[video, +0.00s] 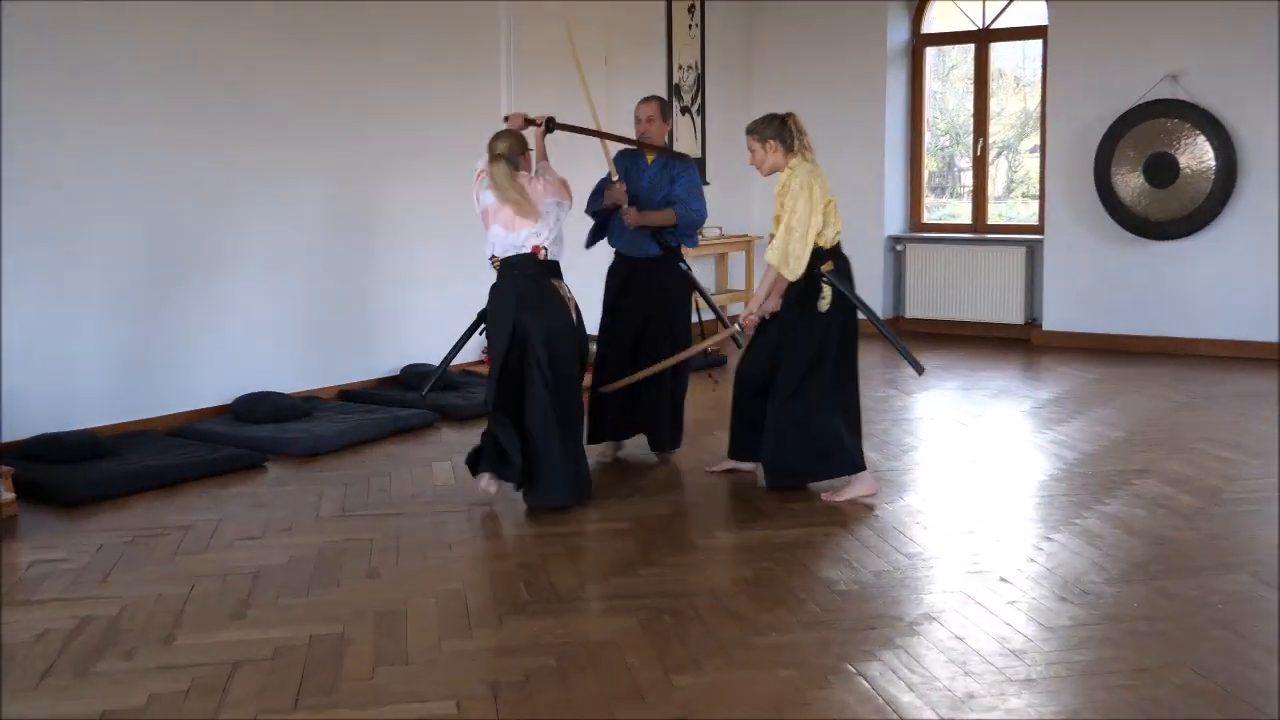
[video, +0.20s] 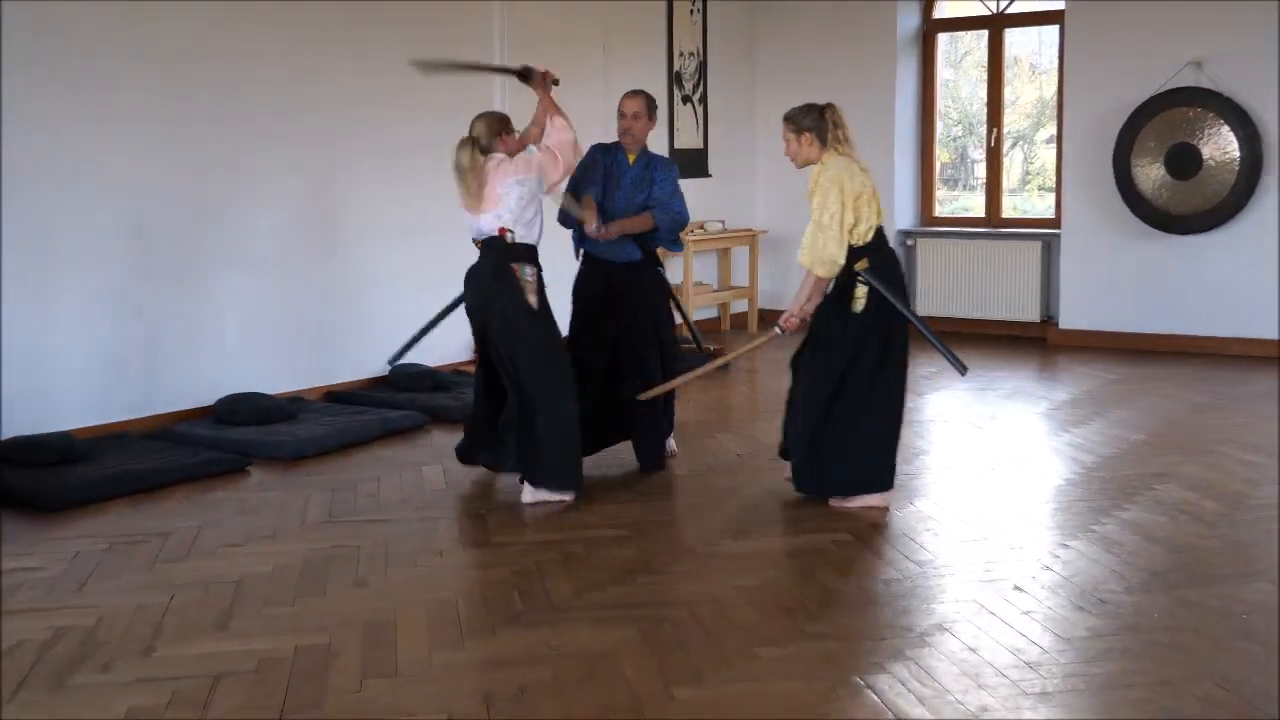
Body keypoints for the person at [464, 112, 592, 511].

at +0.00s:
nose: (529, 156)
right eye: (527, 152)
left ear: (493, 161)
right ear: (527, 156)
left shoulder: (485, 195)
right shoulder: (548, 188)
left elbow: (489, 163)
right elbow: (553, 178)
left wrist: (508, 130)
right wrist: (540, 146)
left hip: (506, 289)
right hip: (544, 287)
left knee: (511, 378)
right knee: (555, 380)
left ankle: (497, 463)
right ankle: (556, 480)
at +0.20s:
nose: (518, 135)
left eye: (515, 131)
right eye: (514, 131)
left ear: (482, 142)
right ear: (503, 140)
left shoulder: (478, 170)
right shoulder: (520, 169)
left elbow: (527, 143)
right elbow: (565, 147)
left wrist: (542, 97)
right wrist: (547, 98)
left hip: (483, 276)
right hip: (516, 277)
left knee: (512, 368)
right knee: (547, 369)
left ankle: (520, 463)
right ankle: (542, 481)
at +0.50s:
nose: (493, 126)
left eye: (493, 120)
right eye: (487, 120)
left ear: (486, 126)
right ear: (468, 126)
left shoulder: (497, 167)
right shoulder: (459, 163)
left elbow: (529, 157)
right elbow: (490, 122)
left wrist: (537, 111)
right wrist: (529, 95)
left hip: (488, 266)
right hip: (458, 264)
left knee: (496, 347)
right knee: (461, 351)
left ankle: (469, 436)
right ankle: (422, 430)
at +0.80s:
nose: (462, 136)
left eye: (465, 130)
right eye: (454, 131)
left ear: (469, 134)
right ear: (436, 135)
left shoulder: (471, 171)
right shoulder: (424, 167)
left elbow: (442, 204)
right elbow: (401, 183)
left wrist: (420, 153)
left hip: (469, 266)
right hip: (434, 263)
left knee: (475, 347)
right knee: (430, 340)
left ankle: (473, 435)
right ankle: (427, 415)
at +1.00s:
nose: (453, 135)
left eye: (458, 129)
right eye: (445, 129)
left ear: (462, 131)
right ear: (429, 131)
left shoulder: (457, 163)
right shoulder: (420, 158)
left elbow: (409, 195)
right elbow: (387, 161)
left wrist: (362, 175)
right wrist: (358, 162)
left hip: (463, 254)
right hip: (436, 252)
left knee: (461, 334)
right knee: (428, 332)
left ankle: (461, 418)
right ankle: (428, 415)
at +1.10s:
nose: (452, 138)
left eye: (458, 132)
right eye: (444, 132)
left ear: (464, 134)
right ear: (431, 133)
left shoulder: (459, 168)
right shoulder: (421, 158)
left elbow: (405, 198)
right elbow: (382, 162)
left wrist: (356, 179)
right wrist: (342, 165)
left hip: (469, 258)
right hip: (437, 257)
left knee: (474, 335)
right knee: (421, 335)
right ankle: (418, 416)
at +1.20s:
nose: (453, 141)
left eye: (460, 135)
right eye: (446, 134)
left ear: (467, 138)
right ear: (434, 136)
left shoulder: (459, 170)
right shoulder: (425, 161)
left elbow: (408, 198)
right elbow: (381, 170)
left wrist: (365, 190)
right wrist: (331, 177)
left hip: (470, 262)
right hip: (439, 259)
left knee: (477, 337)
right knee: (421, 335)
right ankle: (419, 417)